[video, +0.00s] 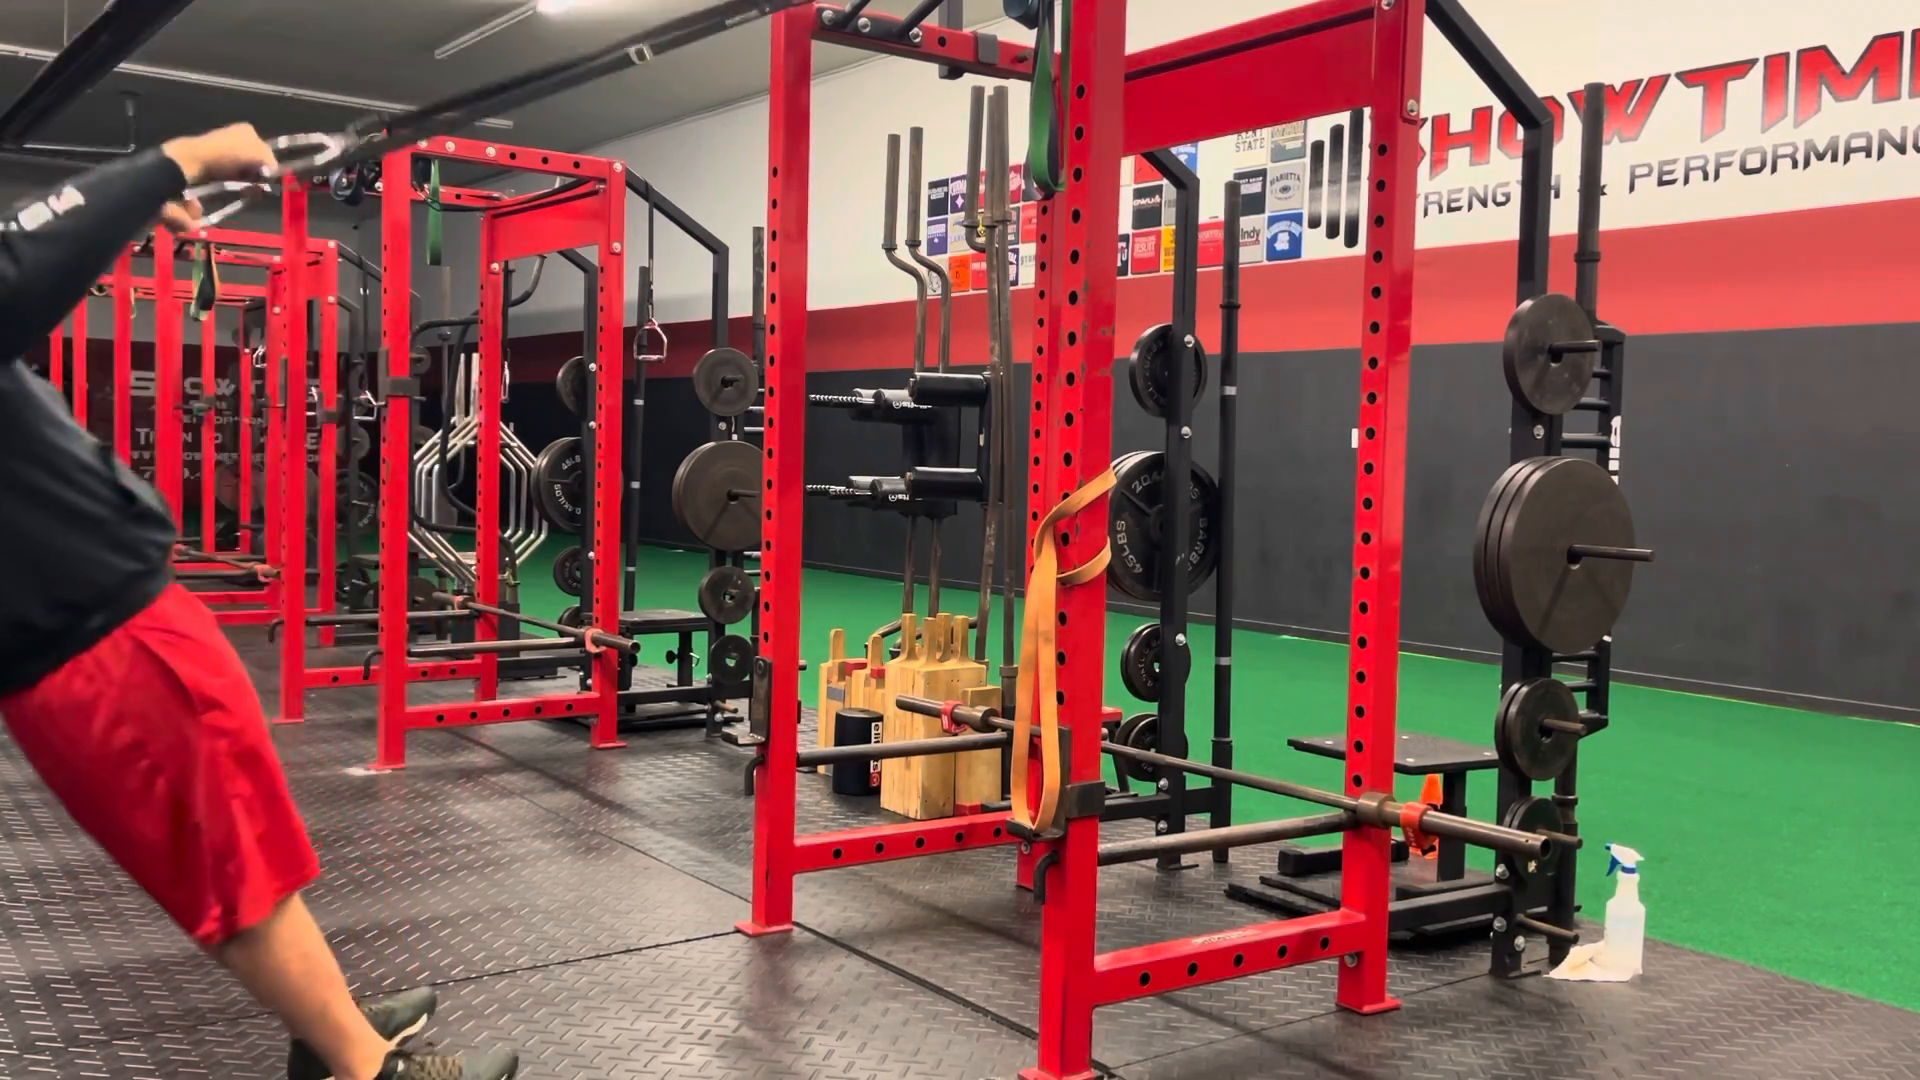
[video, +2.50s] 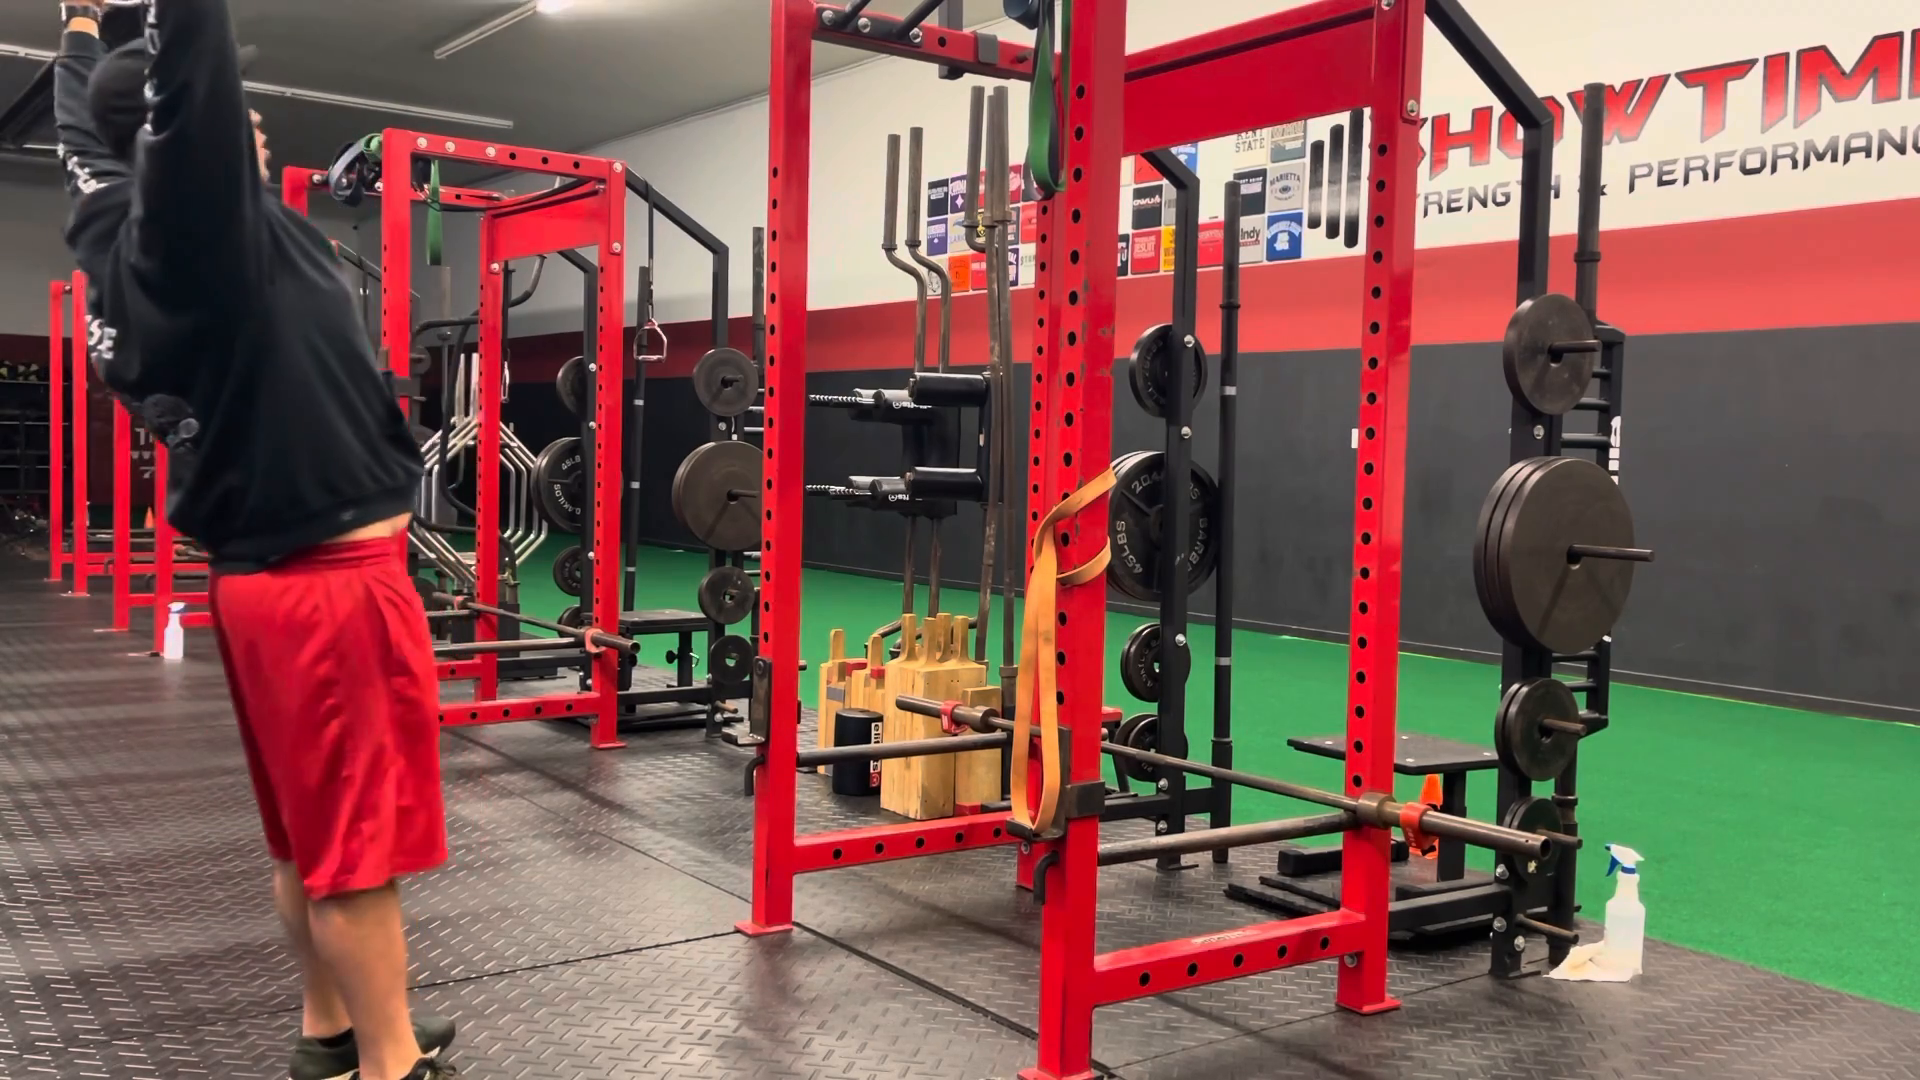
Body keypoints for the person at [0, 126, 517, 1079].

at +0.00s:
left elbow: (25, 263)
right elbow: (24, 272)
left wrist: (170, 167)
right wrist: (179, 159)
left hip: (77, 600)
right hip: (74, 611)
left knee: (220, 836)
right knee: (233, 857)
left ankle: (331, 1026)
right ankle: (367, 1063)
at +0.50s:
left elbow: (25, 307)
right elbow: (23, 314)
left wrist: (184, 215)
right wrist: (186, 210)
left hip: (53, 629)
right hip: (55, 632)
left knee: (204, 839)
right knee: (219, 869)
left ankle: (326, 1026)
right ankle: (361, 1065)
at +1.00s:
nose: (35, 115)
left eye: (26, 98)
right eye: (17, 107)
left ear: (14, 144)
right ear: (1, 151)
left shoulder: (49, 265)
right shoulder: (48, 274)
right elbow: (93, 93)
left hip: (199, 613)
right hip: (244, 608)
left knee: (278, 856)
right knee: (319, 865)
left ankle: (327, 1033)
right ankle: (380, 1057)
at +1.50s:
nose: (248, 122)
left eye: (221, 99)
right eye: (226, 99)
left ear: (149, 137)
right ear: (216, 119)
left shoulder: (146, 239)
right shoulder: (244, 220)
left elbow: (105, 130)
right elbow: (230, 62)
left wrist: (83, 18)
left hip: (263, 591)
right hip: (355, 591)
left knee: (300, 836)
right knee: (371, 855)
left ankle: (331, 1027)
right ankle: (392, 1056)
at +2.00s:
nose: (368, 127)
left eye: (361, 110)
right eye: (350, 110)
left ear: (281, 151)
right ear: (305, 126)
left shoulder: (224, 237)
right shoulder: (322, 229)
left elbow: (163, 153)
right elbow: (269, 72)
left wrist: (107, 39)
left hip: (303, 583)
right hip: (387, 587)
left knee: (314, 828)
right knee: (385, 850)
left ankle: (337, 1025)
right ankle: (395, 1057)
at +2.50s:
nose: (241, 127)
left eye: (225, 110)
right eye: (215, 111)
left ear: (115, 146)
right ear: (184, 126)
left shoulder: (134, 245)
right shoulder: (202, 222)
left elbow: (92, 132)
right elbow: (199, 72)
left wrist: (87, 27)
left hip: (262, 586)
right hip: (329, 587)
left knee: (312, 833)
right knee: (357, 847)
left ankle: (332, 1023)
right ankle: (390, 1059)